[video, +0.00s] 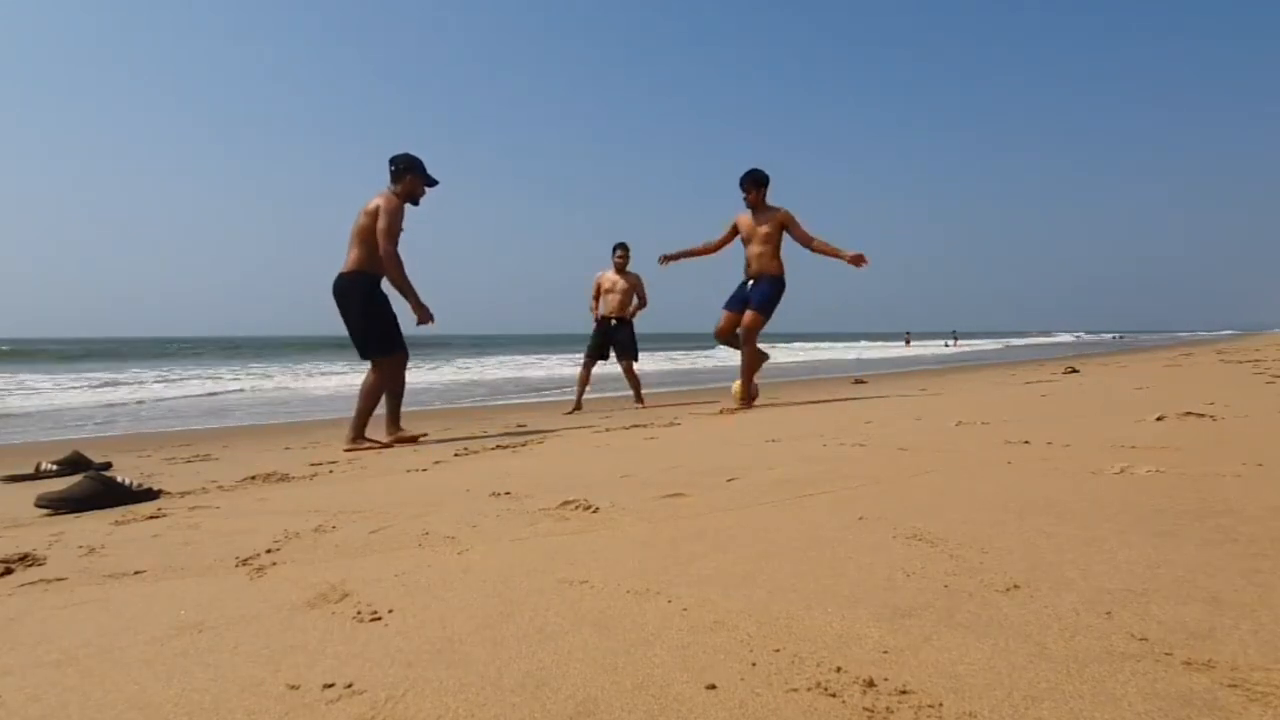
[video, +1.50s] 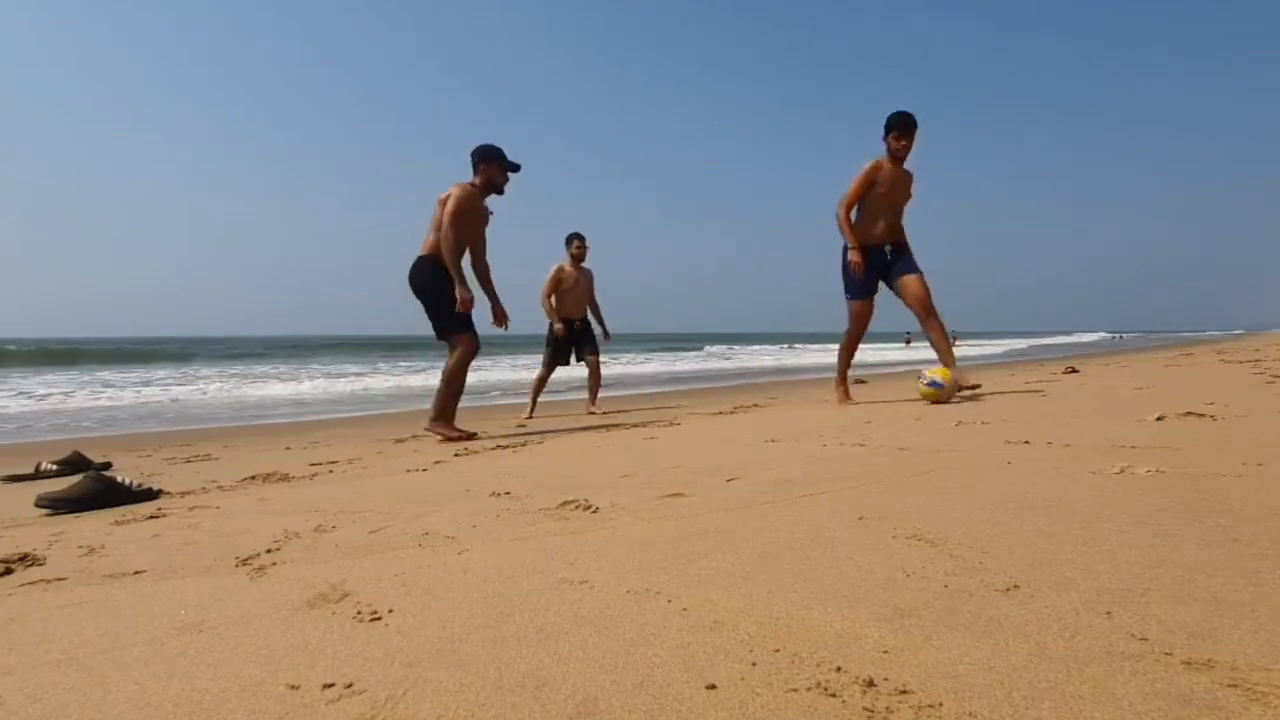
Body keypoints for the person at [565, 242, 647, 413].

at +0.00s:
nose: (621, 260)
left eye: (624, 257)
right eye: (618, 257)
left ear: (628, 259)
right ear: (612, 258)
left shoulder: (633, 279)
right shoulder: (602, 277)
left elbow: (642, 301)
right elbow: (595, 297)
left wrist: (632, 312)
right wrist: (595, 312)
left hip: (623, 322)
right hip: (603, 321)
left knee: (627, 365)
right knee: (588, 362)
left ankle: (639, 399)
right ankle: (577, 402)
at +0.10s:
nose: (609, 261)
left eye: (612, 258)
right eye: (606, 257)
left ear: (616, 259)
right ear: (599, 258)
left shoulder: (619, 281)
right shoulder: (586, 278)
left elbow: (626, 303)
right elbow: (577, 297)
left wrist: (618, 314)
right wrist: (581, 314)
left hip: (607, 323)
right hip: (588, 322)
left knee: (613, 365)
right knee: (576, 364)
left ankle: (630, 399)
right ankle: (575, 404)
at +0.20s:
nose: (599, 256)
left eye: (602, 253)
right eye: (596, 252)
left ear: (606, 255)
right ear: (590, 253)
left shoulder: (609, 276)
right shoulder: (576, 272)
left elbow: (614, 298)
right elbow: (564, 292)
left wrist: (608, 309)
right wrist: (569, 309)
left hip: (598, 319)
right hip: (579, 318)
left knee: (599, 363)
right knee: (573, 363)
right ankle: (574, 403)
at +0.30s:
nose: (593, 252)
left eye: (595, 249)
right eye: (589, 249)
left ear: (598, 251)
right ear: (582, 250)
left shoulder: (601, 272)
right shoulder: (569, 269)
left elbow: (605, 294)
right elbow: (556, 289)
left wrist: (599, 306)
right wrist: (558, 306)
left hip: (589, 316)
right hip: (570, 314)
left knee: (584, 362)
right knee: (565, 361)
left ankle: (575, 400)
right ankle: (564, 401)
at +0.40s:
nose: (585, 256)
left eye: (588, 253)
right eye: (582, 253)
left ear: (591, 255)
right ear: (574, 254)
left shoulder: (594, 277)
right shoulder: (562, 274)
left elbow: (600, 298)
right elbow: (548, 294)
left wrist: (591, 310)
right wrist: (548, 311)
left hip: (582, 320)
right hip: (563, 318)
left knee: (576, 367)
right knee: (552, 363)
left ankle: (567, 405)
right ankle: (544, 403)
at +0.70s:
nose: (565, 255)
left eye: (567, 252)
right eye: (562, 252)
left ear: (568, 254)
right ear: (552, 252)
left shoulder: (569, 276)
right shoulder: (538, 273)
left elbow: (571, 298)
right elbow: (526, 296)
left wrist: (574, 313)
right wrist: (532, 312)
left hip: (561, 322)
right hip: (542, 321)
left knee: (565, 366)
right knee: (534, 366)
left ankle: (566, 405)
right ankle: (530, 407)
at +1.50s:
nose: (583, 251)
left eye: (585, 247)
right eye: (578, 247)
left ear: (586, 250)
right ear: (569, 249)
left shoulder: (587, 274)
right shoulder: (559, 271)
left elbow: (592, 301)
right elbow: (545, 297)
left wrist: (603, 327)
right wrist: (554, 321)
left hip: (582, 323)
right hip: (562, 323)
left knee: (594, 363)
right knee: (547, 369)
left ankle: (591, 404)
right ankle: (531, 406)